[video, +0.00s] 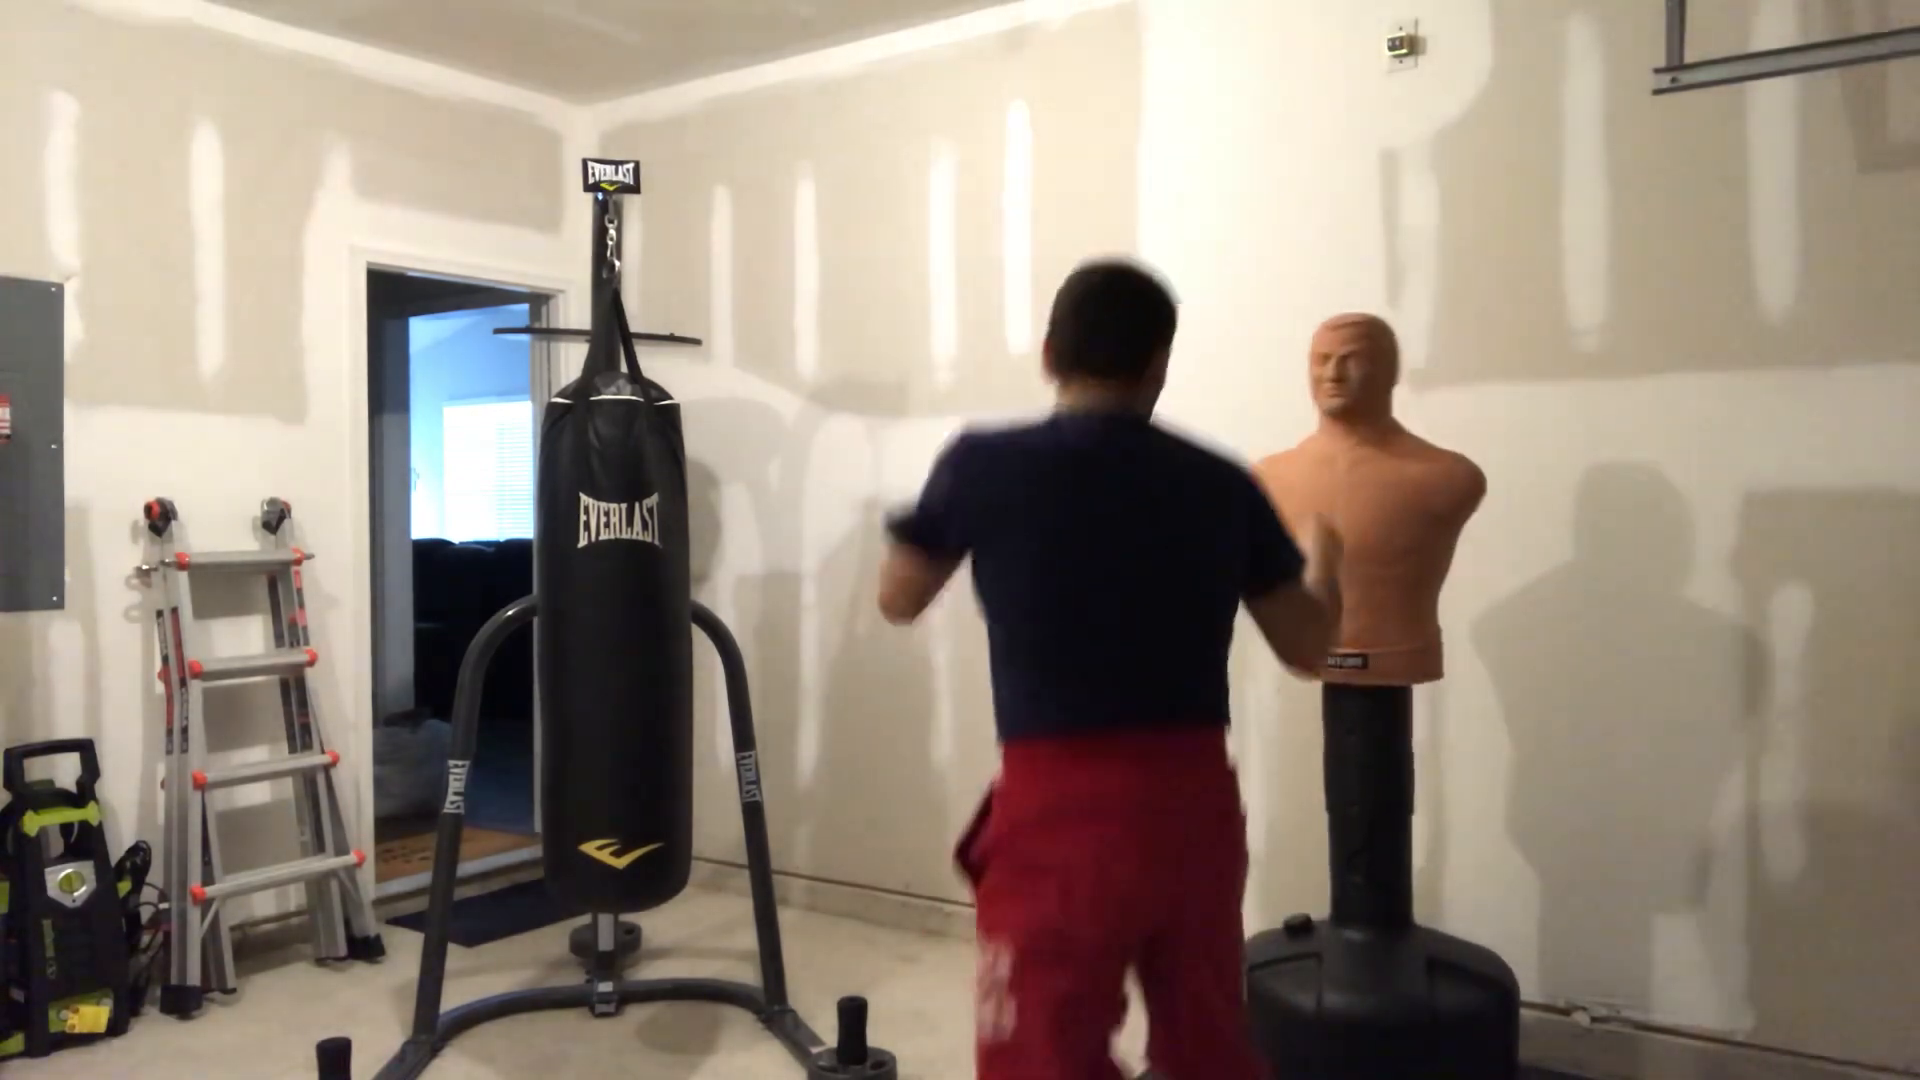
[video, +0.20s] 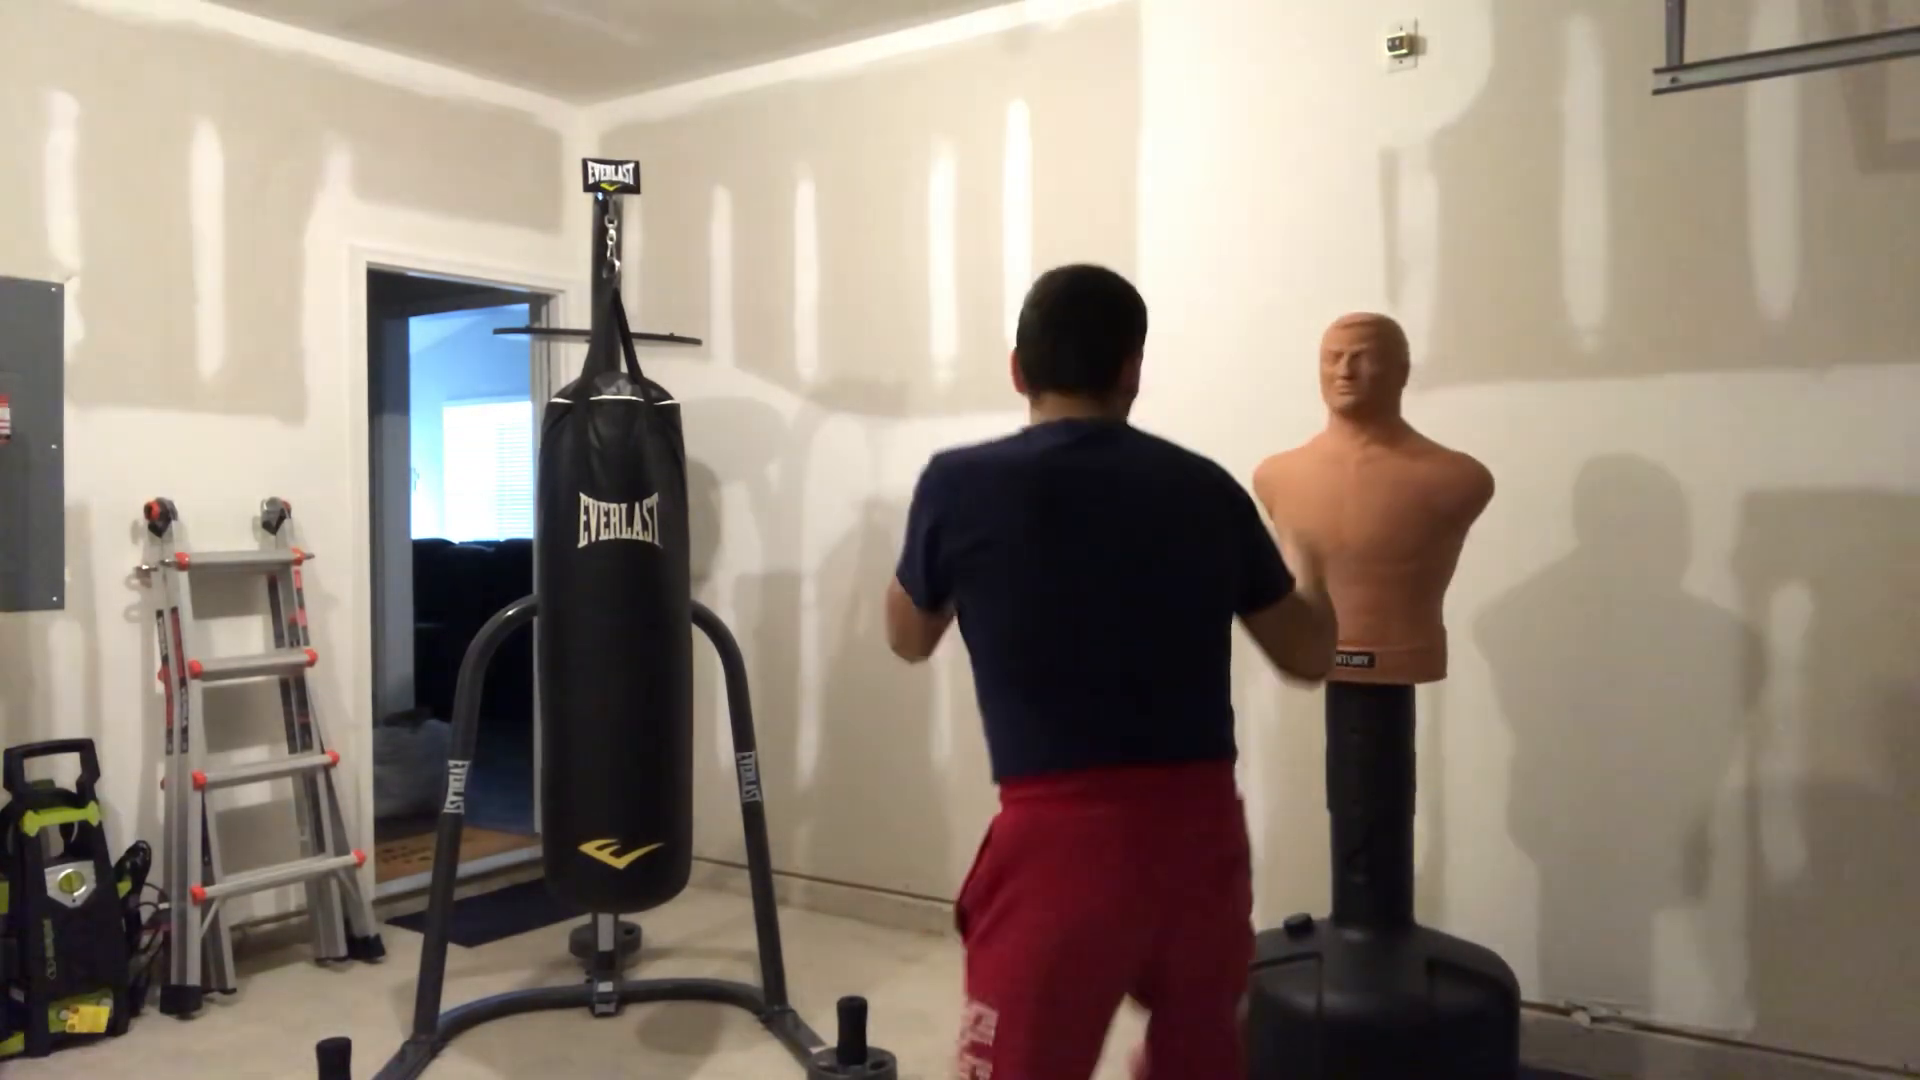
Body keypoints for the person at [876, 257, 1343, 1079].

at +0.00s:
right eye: (1159, 357)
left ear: (1049, 354)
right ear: (1159, 367)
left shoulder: (986, 465)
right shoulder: (1218, 484)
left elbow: (898, 598)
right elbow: (1307, 647)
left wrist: (926, 513)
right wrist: (1326, 569)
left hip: (1054, 821)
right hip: (1194, 816)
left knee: (1039, 1057)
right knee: (1206, 1052)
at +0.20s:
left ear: (1015, 371)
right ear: (1135, 373)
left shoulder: (961, 486)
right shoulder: (1202, 490)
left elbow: (909, 636)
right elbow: (1308, 656)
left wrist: (962, 537)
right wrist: (1310, 577)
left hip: (1056, 851)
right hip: (1203, 848)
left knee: (1015, 1065)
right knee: (1204, 1064)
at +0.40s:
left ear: (1031, 372)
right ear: (1148, 373)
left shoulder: (980, 494)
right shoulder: (1216, 480)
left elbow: (923, 633)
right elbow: (1343, 567)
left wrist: (977, 533)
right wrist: (1287, 455)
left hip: (1086, 839)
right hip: (1235, 825)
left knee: (1057, 1062)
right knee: (1233, 1053)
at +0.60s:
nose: (1279, 388)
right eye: (1275, 372)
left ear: (1151, 378)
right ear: (1257, 385)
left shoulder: (1079, 488)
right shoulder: (1302, 526)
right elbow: (1396, 720)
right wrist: (1424, 621)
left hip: (1085, 846)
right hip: (1236, 858)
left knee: (1070, 1066)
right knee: (1277, 1063)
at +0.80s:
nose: (1412, 374)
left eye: (1406, 355)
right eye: (1411, 357)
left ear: (1291, 359)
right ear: (1398, 370)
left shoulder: (1228, 438)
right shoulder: (1396, 520)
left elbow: (1163, 411)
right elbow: (1542, 684)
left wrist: (1177, 360)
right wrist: (1561, 555)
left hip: (1132, 744)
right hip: (1231, 815)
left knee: (1051, 873)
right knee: (1264, 1054)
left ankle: (950, 1025)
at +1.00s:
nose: (1475, 436)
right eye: (1473, 422)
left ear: (1343, 428)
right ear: (1459, 442)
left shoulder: (1270, 489)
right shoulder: (1439, 563)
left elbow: (1118, 565)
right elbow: (1547, 635)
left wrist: (1005, 621)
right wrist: (1450, 530)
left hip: (1133, 667)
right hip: (1186, 785)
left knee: (1246, 506)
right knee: (1241, 1022)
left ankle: (1287, 379)